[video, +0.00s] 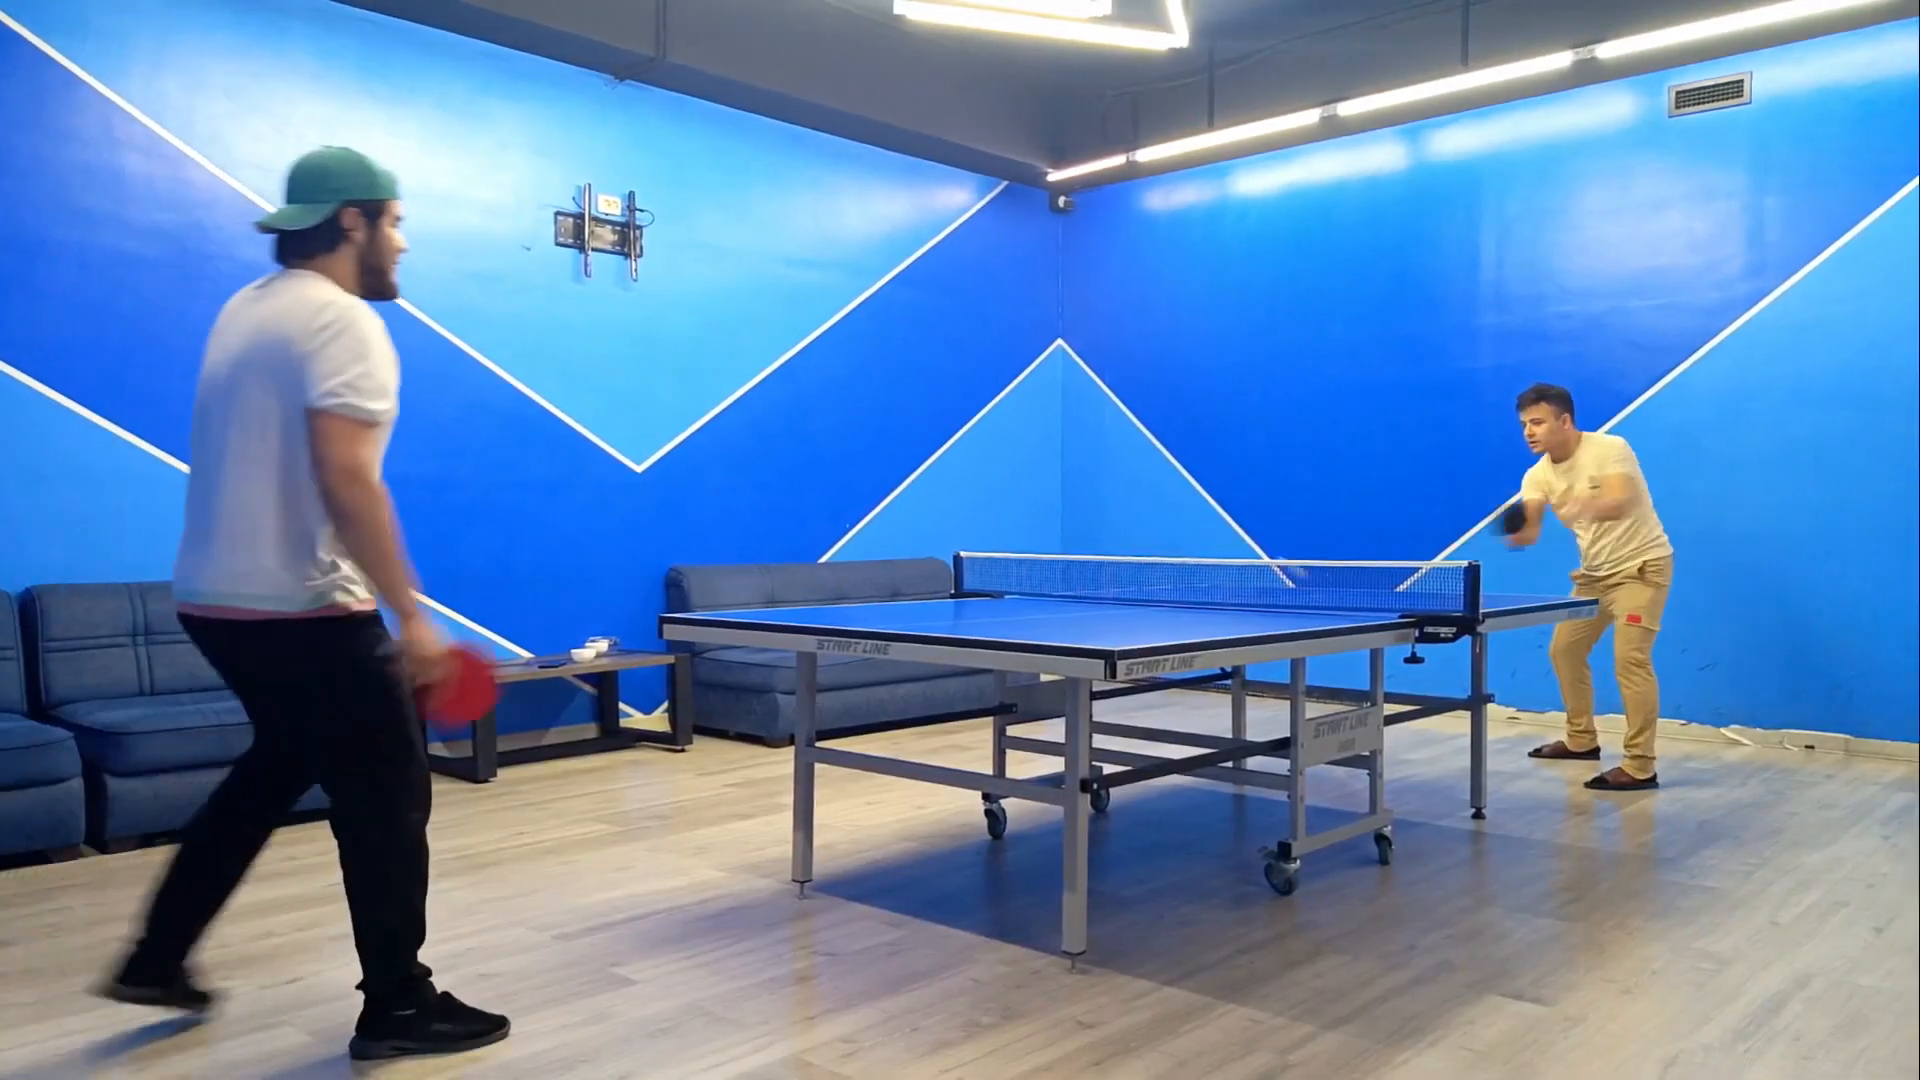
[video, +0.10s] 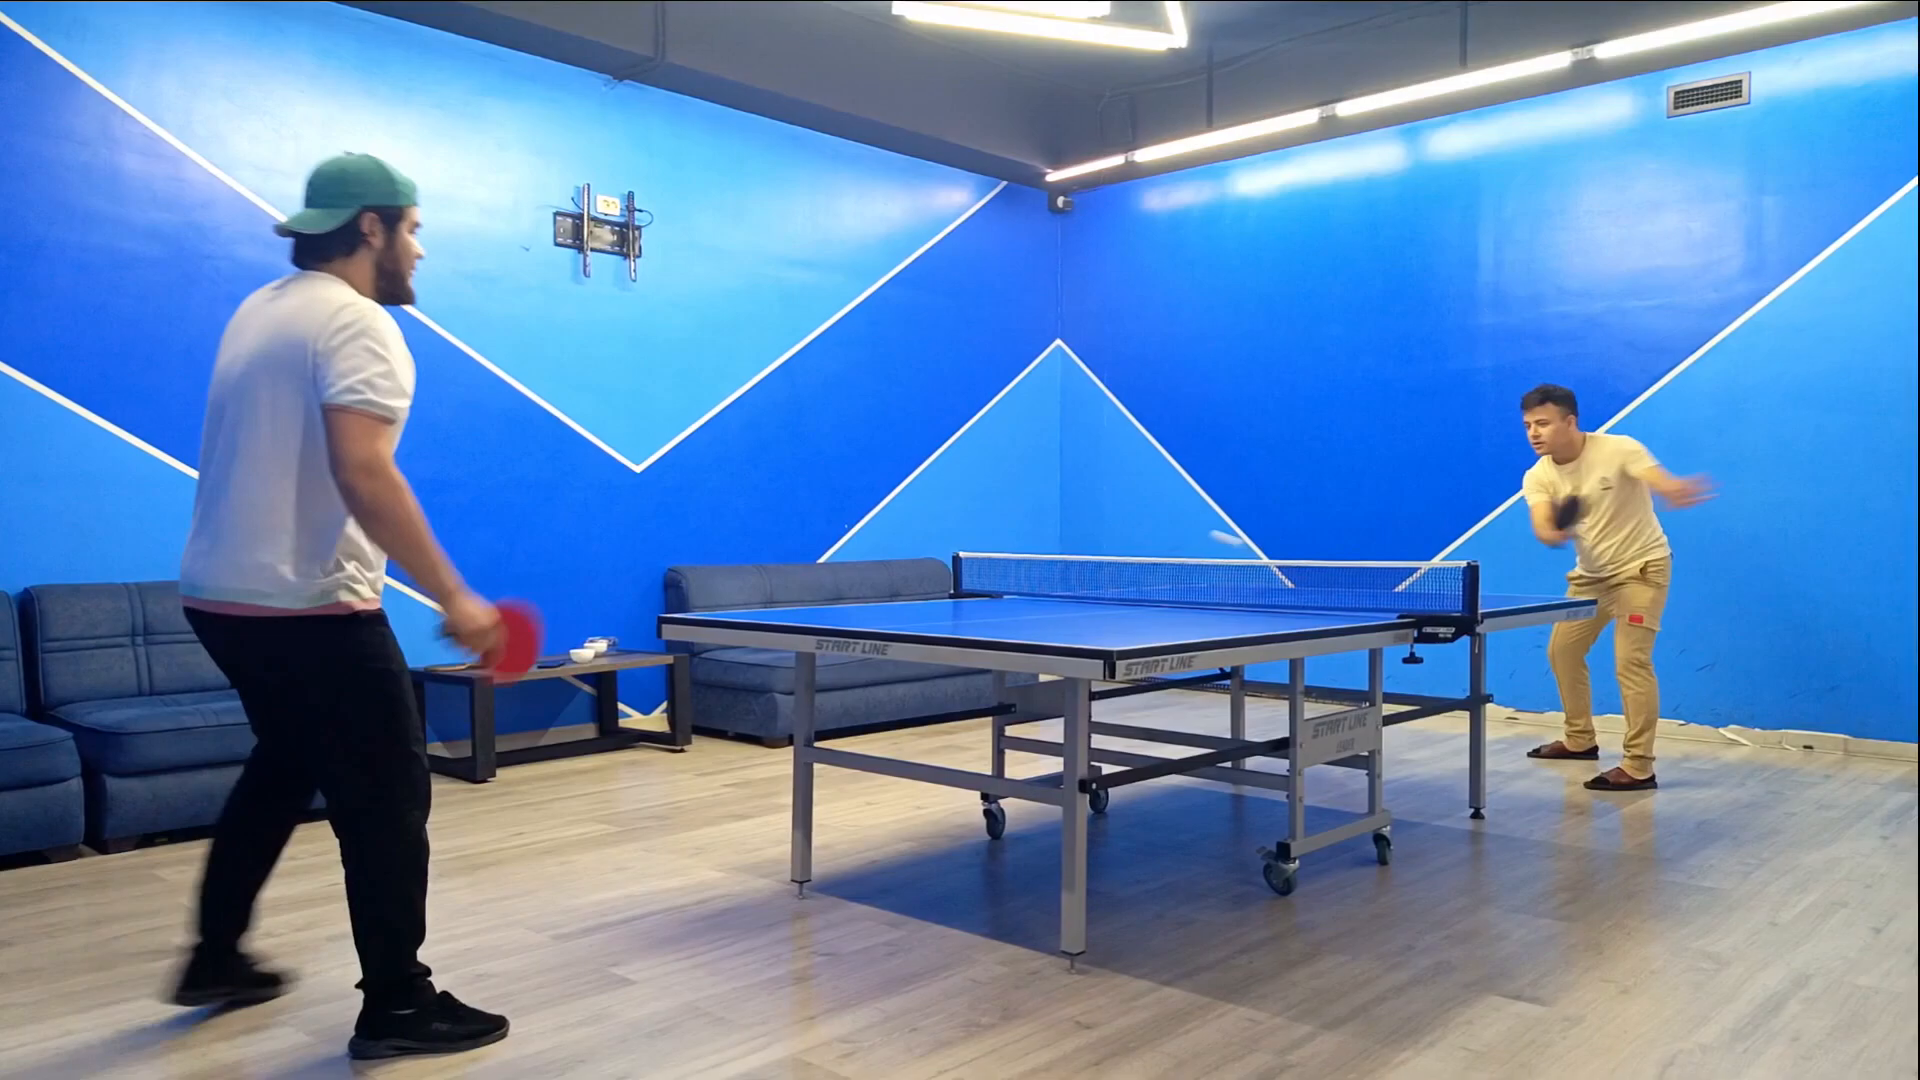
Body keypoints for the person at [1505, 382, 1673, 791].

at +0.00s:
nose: (1528, 432)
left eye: (1536, 423)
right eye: (1524, 425)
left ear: (1565, 421)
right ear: (1524, 429)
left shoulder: (1609, 448)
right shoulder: (1537, 476)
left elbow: (1622, 500)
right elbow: (1529, 531)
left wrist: (1584, 507)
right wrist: (1517, 533)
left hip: (1642, 565)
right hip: (1596, 573)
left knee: (1630, 656)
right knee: (1565, 650)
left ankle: (1640, 766)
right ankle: (1581, 741)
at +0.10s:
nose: (1533, 432)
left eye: (1542, 423)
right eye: (1529, 425)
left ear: (1571, 422)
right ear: (1528, 428)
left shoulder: (1619, 449)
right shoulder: (1538, 476)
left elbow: (1660, 480)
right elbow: (1543, 529)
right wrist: (1558, 531)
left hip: (1642, 567)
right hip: (1592, 574)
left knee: (1631, 659)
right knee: (1563, 651)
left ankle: (1638, 766)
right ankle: (1580, 741)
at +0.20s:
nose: (1542, 434)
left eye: (1551, 424)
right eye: (1537, 426)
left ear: (1580, 423)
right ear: (1534, 429)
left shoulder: (1630, 450)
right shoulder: (1543, 476)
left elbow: (1700, 469)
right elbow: (1560, 531)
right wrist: (1600, 538)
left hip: (1643, 567)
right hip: (1591, 574)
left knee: (1633, 659)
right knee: (1567, 651)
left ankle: (1637, 767)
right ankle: (1577, 740)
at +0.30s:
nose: (1550, 432)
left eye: (1559, 422)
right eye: (1545, 423)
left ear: (1590, 420)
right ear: (1543, 424)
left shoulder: (1640, 444)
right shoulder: (1549, 472)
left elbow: (1697, 464)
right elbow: (1570, 530)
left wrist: (1761, 490)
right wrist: (1618, 544)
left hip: (1647, 568)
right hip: (1593, 573)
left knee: (1636, 660)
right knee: (1574, 654)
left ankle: (1637, 767)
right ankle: (1579, 739)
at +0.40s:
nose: (1560, 426)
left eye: (1569, 416)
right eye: (1555, 418)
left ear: (1599, 415)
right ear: (1553, 419)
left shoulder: (1649, 435)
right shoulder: (1558, 466)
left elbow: (1677, 461)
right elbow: (1577, 528)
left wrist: (1700, 493)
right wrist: (1624, 545)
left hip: (1657, 564)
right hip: (1600, 568)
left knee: (1642, 661)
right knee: (1578, 653)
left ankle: (1639, 768)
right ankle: (1597, 745)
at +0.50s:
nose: (1568, 419)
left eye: (1578, 410)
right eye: (1563, 411)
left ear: (1608, 408)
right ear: (1561, 414)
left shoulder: (1656, 433)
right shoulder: (1564, 462)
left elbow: (1674, 473)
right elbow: (1578, 527)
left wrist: (1676, 517)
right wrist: (1625, 545)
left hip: (1659, 564)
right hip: (1602, 570)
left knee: (1648, 664)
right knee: (1583, 657)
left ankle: (1644, 768)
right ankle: (1613, 751)